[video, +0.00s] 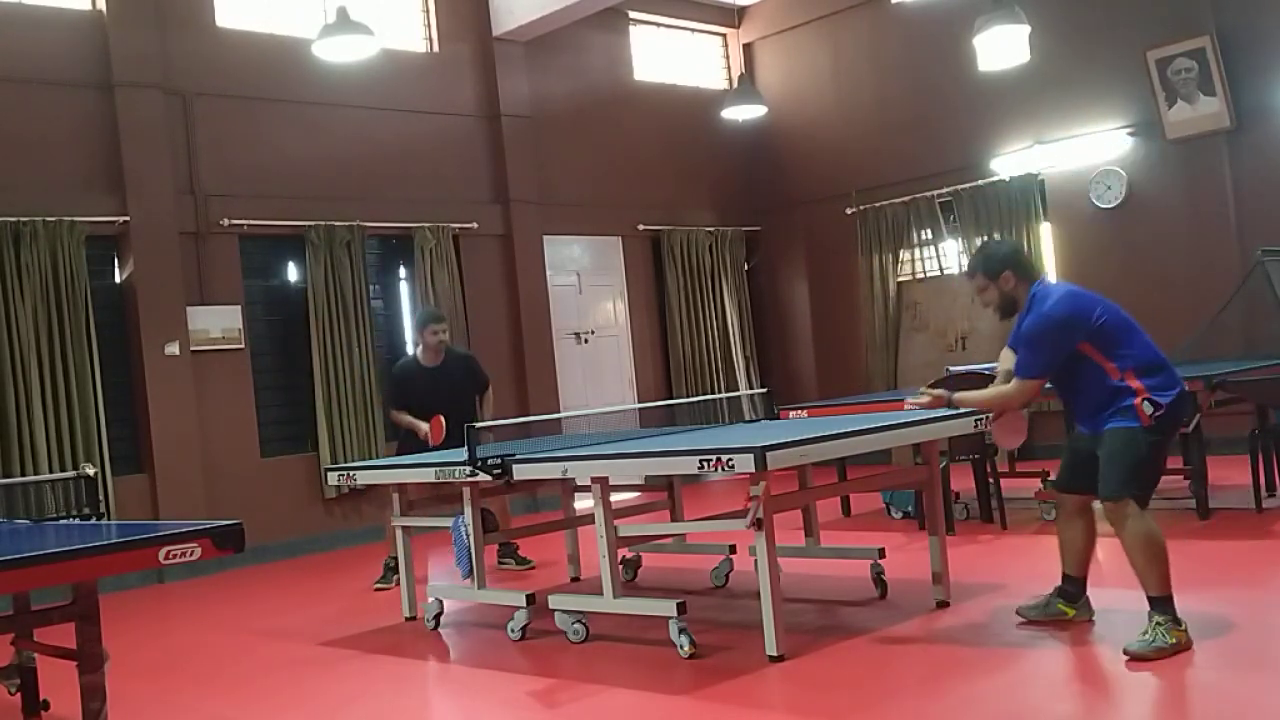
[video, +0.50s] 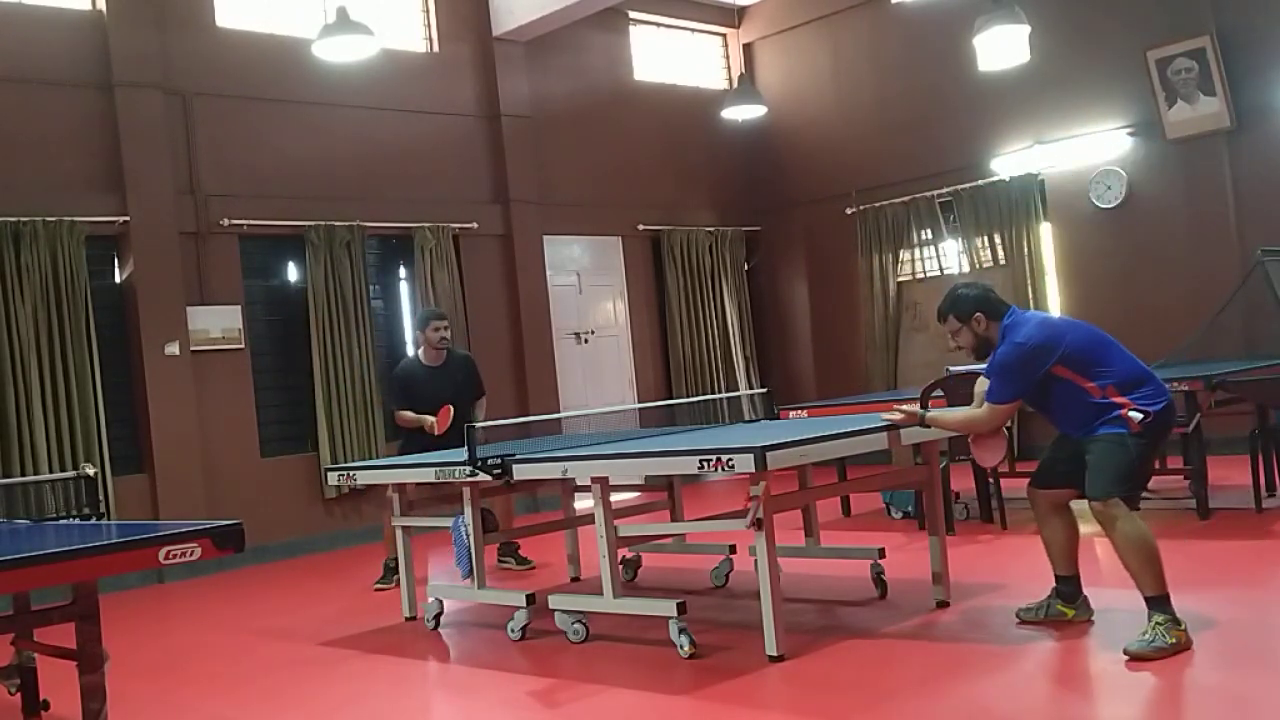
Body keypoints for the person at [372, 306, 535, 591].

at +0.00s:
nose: (442, 338)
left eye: (445, 332)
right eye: (435, 333)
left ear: (449, 332)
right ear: (420, 335)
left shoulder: (464, 362)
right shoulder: (403, 371)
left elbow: (486, 390)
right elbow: (394, 412)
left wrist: (485, 424)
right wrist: (418, 425)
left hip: (464, 449)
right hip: (417, 453)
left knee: (497, 486)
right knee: (398, 496)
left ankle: (506, 548)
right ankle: (394, 562)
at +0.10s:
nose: (444, 351)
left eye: (446, 345)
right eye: (437, 346)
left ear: (450, 344)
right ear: (421, 348)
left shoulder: (465, 372)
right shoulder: (404, 382)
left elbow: (485, 403)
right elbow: (395, 426)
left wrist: (484, 429)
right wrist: (419, 438)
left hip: (465, 458)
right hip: (420, 463)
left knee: (500, 481)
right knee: (393, 490)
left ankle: (507, 549)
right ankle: (394, 563)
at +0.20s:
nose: (445, 355)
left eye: (447, 348)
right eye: (437, 350)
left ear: (451, 348)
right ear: (422, 352)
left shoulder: (464, 376)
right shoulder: (405, 385)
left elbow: (482, 412)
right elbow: (396, 430)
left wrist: (484, 434)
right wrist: (423, 443)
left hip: (464, 461)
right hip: (421, 466)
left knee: (502, 482)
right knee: (391, 493)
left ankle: (507, 549)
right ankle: (393, 564)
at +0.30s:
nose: (445, 348)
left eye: (447, 342)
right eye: (437, 343)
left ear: (451, 342)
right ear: (422, 346)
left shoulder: (464, 372)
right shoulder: (405, 380)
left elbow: (478, 406)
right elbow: (398, 426)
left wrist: (481, 431)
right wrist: (423, 435)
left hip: (463, 456)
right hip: (418, 461)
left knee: (502, 481)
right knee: (392, 493)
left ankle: (507, 549)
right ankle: (394, 563)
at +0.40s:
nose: (445, 338)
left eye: (447, 333)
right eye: (437, 334)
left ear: (451, 334)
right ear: (421, 337)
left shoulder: (463, 364)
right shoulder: (405, 372)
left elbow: (478, 401)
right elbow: (400, 418)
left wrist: (478, 432)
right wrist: (423, 425)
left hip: (462, 448)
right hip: (417, 452)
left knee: (501, 483)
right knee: (394, 493)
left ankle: (507, 548)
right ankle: (393, 563)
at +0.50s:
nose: (444, 334)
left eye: (446, 329)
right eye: (437, 330)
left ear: (451, 331)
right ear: (421, 335)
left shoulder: (464, 362)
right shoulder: (405, 371)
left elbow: (479, 399)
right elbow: (400, 416)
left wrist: (478, 425)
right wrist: (423, 420)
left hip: (462, 448)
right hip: (418, 452)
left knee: (503, 481)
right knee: (394, 493)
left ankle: (508, 548)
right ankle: (392, 563)